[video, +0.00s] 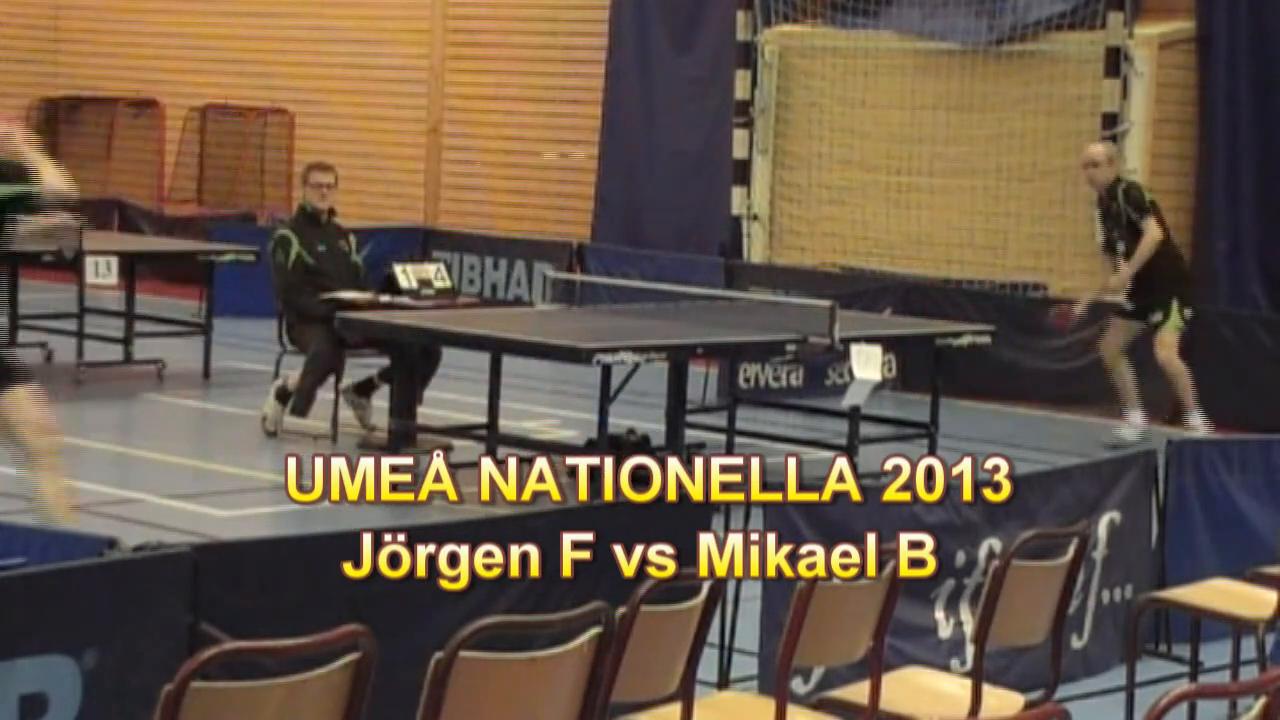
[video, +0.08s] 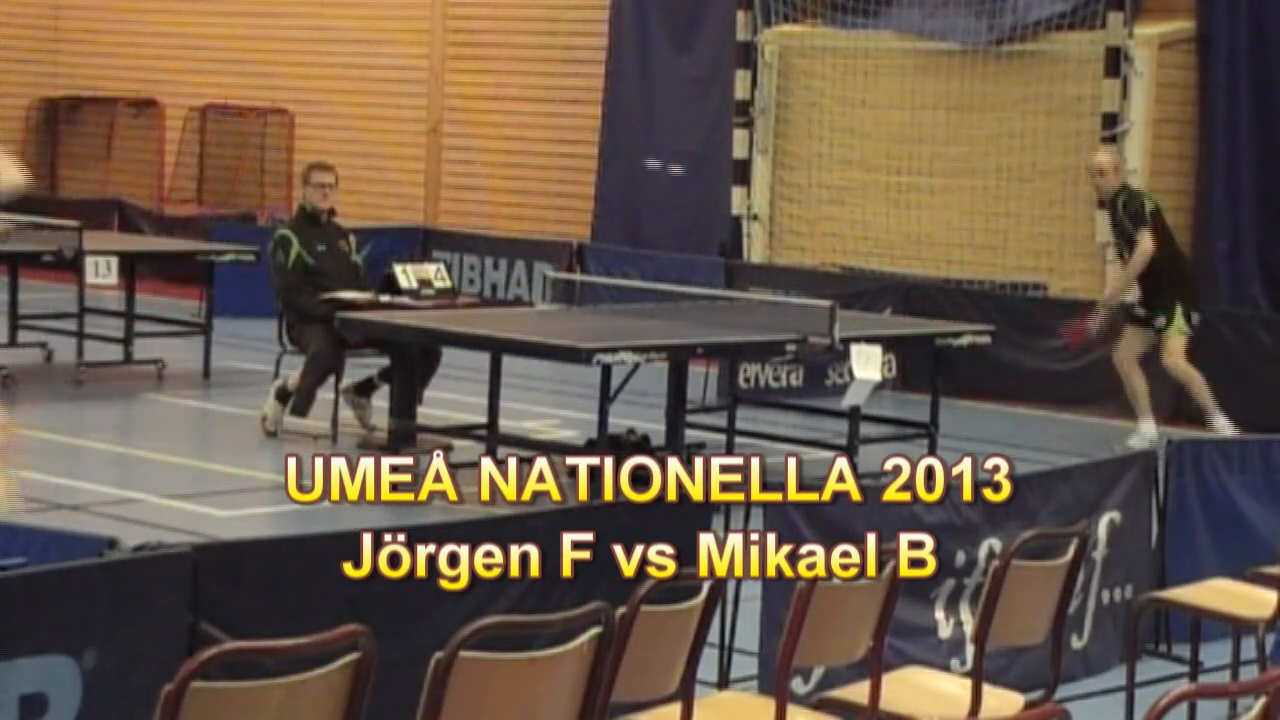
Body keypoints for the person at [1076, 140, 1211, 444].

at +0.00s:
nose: (1090, 173)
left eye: (1095, 166)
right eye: (1086, 167)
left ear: (1113, 166)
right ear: (1083, 171)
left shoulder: (1130, 192)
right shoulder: (1104, 204)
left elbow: (1154, 233)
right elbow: (1116, 266)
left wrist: (1126, 272)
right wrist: (1091, 300)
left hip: (1173, 287)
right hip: (1143, 290)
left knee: (1165, 352)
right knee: (1109, 347)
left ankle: (1195, 418)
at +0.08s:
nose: (1098, 180)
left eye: (1103, 172)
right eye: (1093, 174)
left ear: (1119, 172)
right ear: (1089, 177)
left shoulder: (1135, 201)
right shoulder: (1114, 209)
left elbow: (1147, 247)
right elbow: (1117, 260)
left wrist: (1118, 289)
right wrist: (1106, 304)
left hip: (1176, 292)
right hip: (1150, 295)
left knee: (1173, 360)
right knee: (1124, 356)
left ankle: (1220, 422)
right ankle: (1147, 427)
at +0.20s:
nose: (1107, 199)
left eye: (1111, 193)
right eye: (1104, 193)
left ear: (1126, 195)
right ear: (1105, 199)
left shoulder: (1136, 219)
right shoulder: (1139, 218)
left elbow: (1129, 272)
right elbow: (1177, 256)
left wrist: (1100, 309)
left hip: (1189, 313)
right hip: (1163, 313)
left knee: (1197, 378)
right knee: (1121, 362)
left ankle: (1249, 433)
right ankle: (1147, 432)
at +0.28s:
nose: (1115, 210)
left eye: (1120, 203)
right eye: (1114, 203)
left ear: (1135, 203)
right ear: (1135, 205)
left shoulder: (1142, 233)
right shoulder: (1152, 226)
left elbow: (1122, 283)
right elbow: (1189, 256)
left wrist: (1094, 318)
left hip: (1195, 324)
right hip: (1170, 323)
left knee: (1207, 387)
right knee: (1125, 362)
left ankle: (1260, 440)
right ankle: (1148, 432)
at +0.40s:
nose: (1138, 216)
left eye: (1144, 209)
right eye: (1137, 210)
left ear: (1162, 210)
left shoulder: (1159, 241)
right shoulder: (1195, 239)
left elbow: (1121, 282)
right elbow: (1227, 283)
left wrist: (1095, 316)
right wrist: (1257, 316)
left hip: (1213, 327)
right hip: (1189, 325)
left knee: (1214, 399)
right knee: (1141, 361)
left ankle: (1267, 445)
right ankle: (1152, 433)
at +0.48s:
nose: (1157, 211)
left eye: (1163, 203)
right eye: (1155, 204)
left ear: (1182, 205)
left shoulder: (1176, 239)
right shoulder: (1217, 238)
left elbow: (1139, 273)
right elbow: (1245, 287)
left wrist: (1118, 309)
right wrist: (1268, 304)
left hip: (1220, 329)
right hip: (1200, 326)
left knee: (1222, 402)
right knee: (1151, 363)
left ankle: (1271, 444)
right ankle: (1154, 434)